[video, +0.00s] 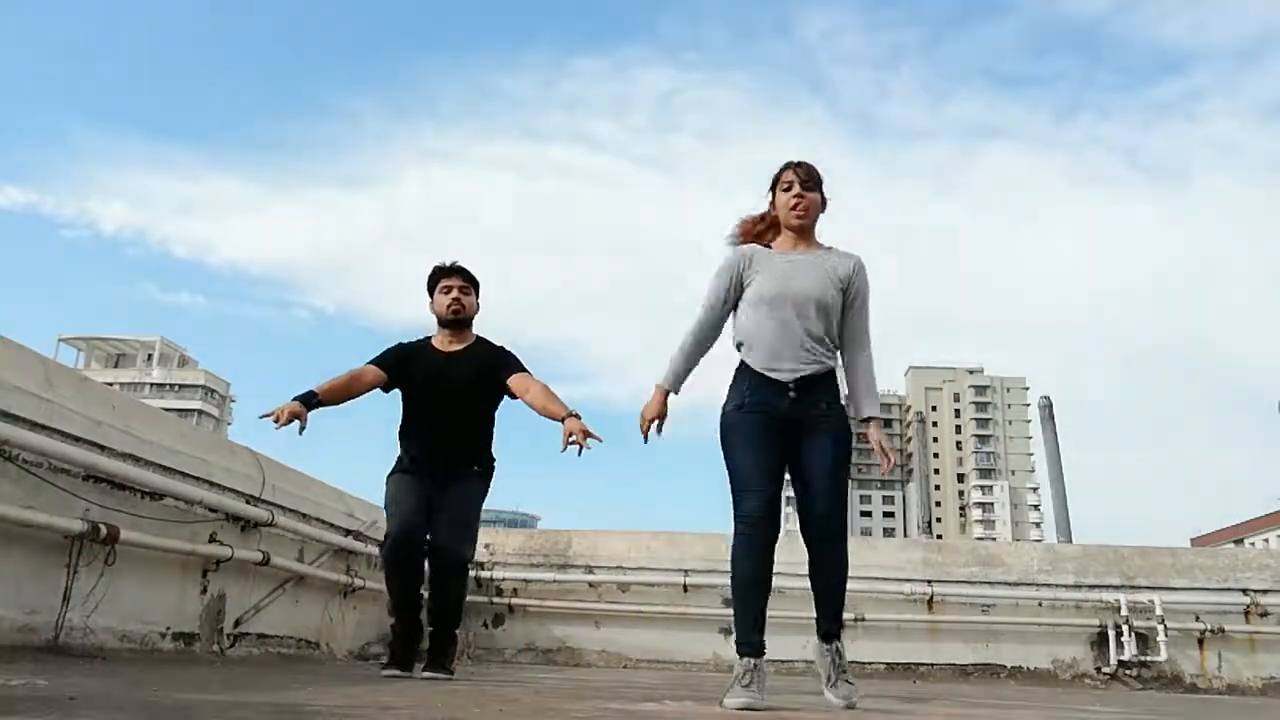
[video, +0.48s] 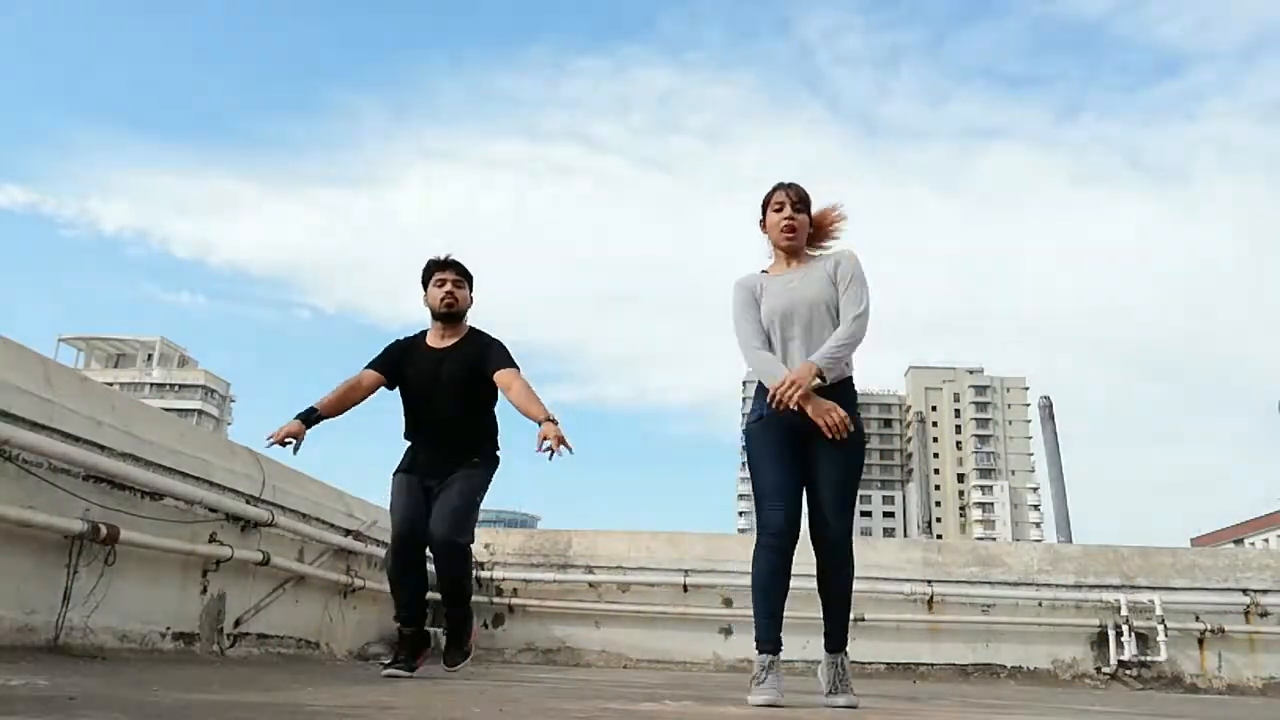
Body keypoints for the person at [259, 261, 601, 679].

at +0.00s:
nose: (455, 297)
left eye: (464, 291)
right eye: (446, 291)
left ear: (477, 304)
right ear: (432, 305)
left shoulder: (494, 358)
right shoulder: (408, 355)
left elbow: (529, 388)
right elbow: (359, 380)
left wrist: (566, 415)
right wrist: (306, 400)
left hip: (467, 477)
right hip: (412, 472)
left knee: (451, 555)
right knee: (401, 540)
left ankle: (442, 644)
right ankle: (404, 636)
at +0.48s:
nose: (449, 290)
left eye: (458, 285)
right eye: (440, 284)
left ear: (470, 298)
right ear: (425, 297)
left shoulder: (486, 348)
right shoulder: (403, 351)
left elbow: (513, 384)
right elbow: (359, 387)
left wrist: (544, 418)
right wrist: (307, 419)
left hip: (471, 462)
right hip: (419, 459)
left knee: (445, 535)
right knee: (403, 539)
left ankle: (458, 625)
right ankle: (411, 638)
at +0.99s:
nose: (474, 286)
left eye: (484, 283)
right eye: (467, 280)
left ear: (495, 296)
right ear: (453, 291)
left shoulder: (512, 348)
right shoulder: (430, 348)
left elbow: (527, 407)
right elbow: (417, 407)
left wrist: (527, 465)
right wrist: (414, 456)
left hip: (486, 470)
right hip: (432, 465)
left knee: (477, 565)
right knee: (412, 529)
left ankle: (464, 650)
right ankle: (426, 622)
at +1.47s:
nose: (475, 289)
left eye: (484, 285)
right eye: (467, 285)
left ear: (496, 298)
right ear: (455, 297)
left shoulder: (503, 338)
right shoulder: (443, 353)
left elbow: (469, 362)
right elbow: (398, 387)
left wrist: (437, 317)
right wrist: (377, 343)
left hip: (480, 461)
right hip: (443, 460)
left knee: (440, 541)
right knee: (415, 544)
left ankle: (472, 638)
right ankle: (446, 638)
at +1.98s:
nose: (506, 300)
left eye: (517, 297)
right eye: (500, 295)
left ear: (530, 313)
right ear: (489, 306)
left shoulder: (519, 343)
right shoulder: (493, 353)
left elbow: (523, 401)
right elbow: (497, 425)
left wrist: (528, 456)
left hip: (440, 456)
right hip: (451, 463)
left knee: (394, 538)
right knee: (410, 542)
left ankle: (433, 623)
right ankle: (431, 630)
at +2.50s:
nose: (530, 301)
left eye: (540, 298)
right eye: (523, 295)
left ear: (551, 312)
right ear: (511, 306)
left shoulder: (551, 351)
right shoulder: (505, 364)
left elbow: (509, 390)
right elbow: (469, 416)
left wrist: (451, 402)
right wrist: (419, 439)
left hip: (525, 469)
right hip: (503, 468)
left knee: (480, 550)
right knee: (488, 558)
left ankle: (482, 650)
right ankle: (552, 628)